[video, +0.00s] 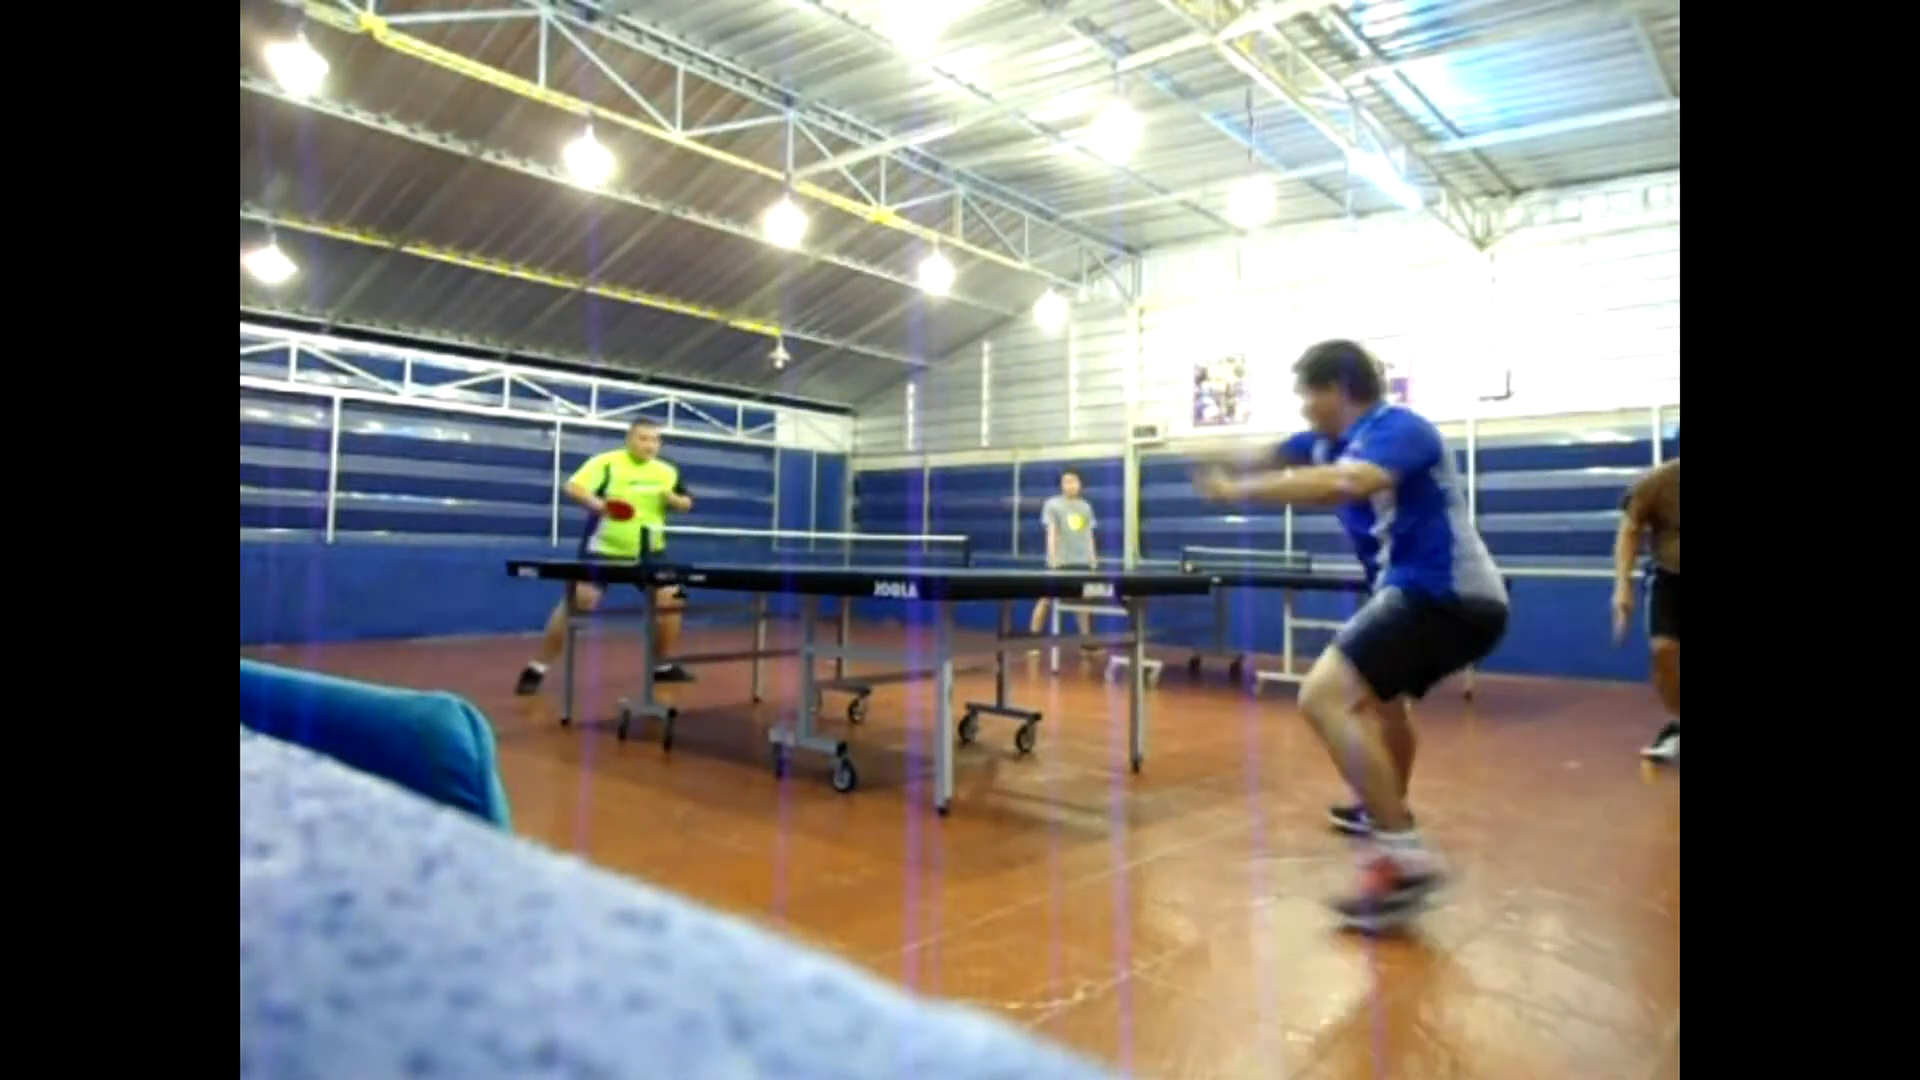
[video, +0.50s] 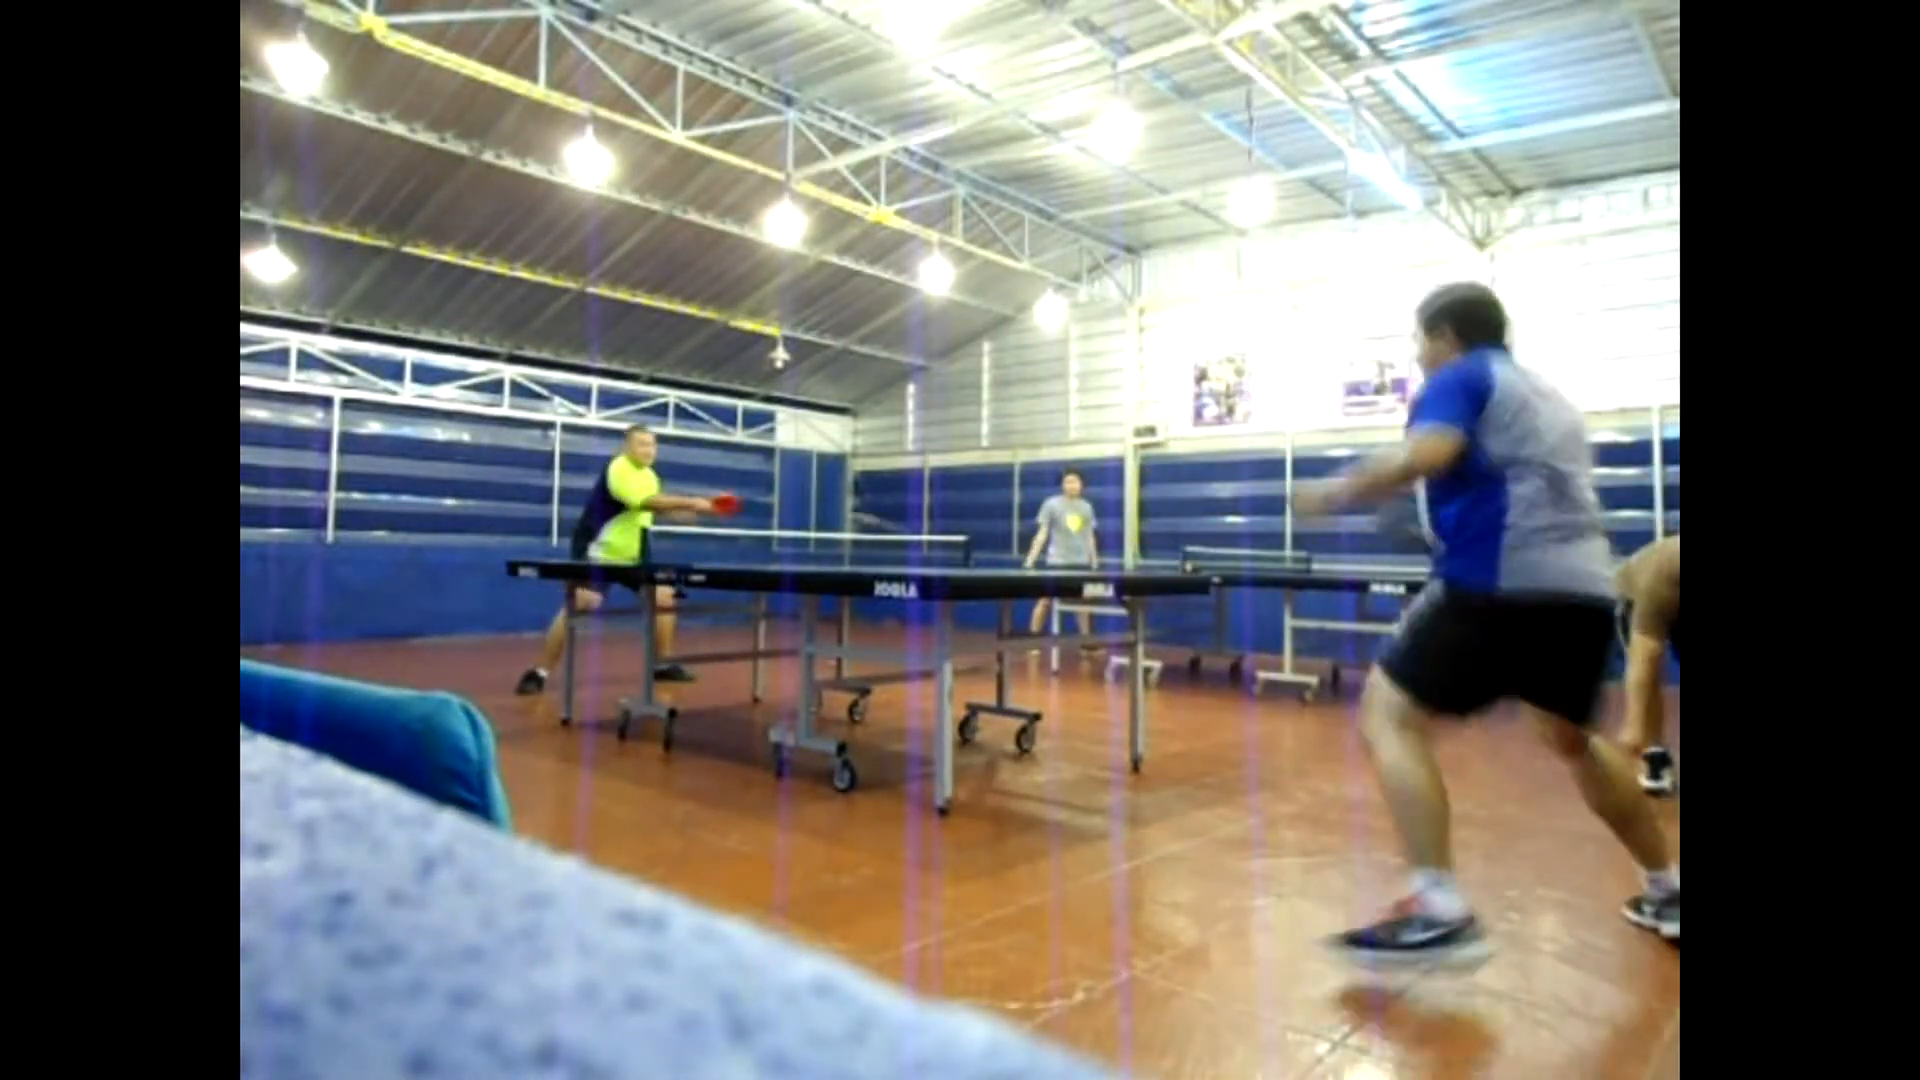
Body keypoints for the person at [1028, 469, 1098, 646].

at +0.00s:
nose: (1070, 486)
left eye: (1073, 481)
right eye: (1067, 482)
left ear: (1080, 484)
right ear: (1061, 485)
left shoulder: (1085, 507)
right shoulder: (1052, 505)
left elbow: (1089, 535)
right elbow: (1051, 532)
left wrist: (1092, 559)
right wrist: (1052, 558)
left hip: (1082, 561)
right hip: (1060, 561)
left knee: (1083, 601)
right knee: (1046, 599)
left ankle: (1086, 637)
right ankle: (1034, 635)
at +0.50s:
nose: (1072, 486)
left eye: (1075, 482)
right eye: (1068, 482)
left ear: (1081, 485)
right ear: (1062, 485)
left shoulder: (1086, 507)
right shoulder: (1052, 505)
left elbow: (1090, 536)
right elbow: (1042, 533)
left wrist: (1094, 560)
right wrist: (1030, 560)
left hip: (1081, 561)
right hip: (1057, 561)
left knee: (1082, 602)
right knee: (1045, 600)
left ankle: (1086, 639)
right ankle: (1033, 638)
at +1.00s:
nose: (1073, 487)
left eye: (1077, 483)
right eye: (1069, 483)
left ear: (1082, 486)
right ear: (1063, 485)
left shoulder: (1084, 507)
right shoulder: (1051, 505)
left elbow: (1087, 535)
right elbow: (1045, 534)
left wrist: (1092, 559)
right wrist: (1063, 552)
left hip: (1080, 562)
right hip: (1056, 561)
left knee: (1083, 601)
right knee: (1045, 599)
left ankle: (1085, 638)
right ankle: (1033, 636)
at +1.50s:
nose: (1086, 490)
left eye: (1089, 486)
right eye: (1083, 485)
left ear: (1092, 489)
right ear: (1075, 487)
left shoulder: (1086, 507)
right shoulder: (1063, 504)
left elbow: (1085, 531)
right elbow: (1065, 522)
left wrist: (1087, 553)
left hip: (1077, 558)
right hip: (1057, 557)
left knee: (1081, 599)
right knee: (1049, 597)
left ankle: (1086, 636)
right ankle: (1037, 633)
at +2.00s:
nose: (1077, 495)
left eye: (1079, 491)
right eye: (1073, 490)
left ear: (1082, 494)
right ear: (1064, 492)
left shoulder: (1082, 511)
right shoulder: (1049, 510)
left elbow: (1085, 530)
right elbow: (1035, 530)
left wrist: (1078, 545)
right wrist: (1050, 545)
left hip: (1071, 560)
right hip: (1047, 560)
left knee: (1077, 599)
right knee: (1038, 598)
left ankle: (1082, 638)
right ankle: (1030, 636)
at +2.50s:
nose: (1090, 490)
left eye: (1092, 486)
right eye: (1087, 485)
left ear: (1093, 489)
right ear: (1077, 487)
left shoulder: (1085, 507)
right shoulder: (1064, 504)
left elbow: (1080, 531)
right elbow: (1067, 526)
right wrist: (1086, 520)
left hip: (1074, 559)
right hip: (1053, 558)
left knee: (1079, 601)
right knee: (1043, 597)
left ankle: (1083, 639)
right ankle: (1032, 636)